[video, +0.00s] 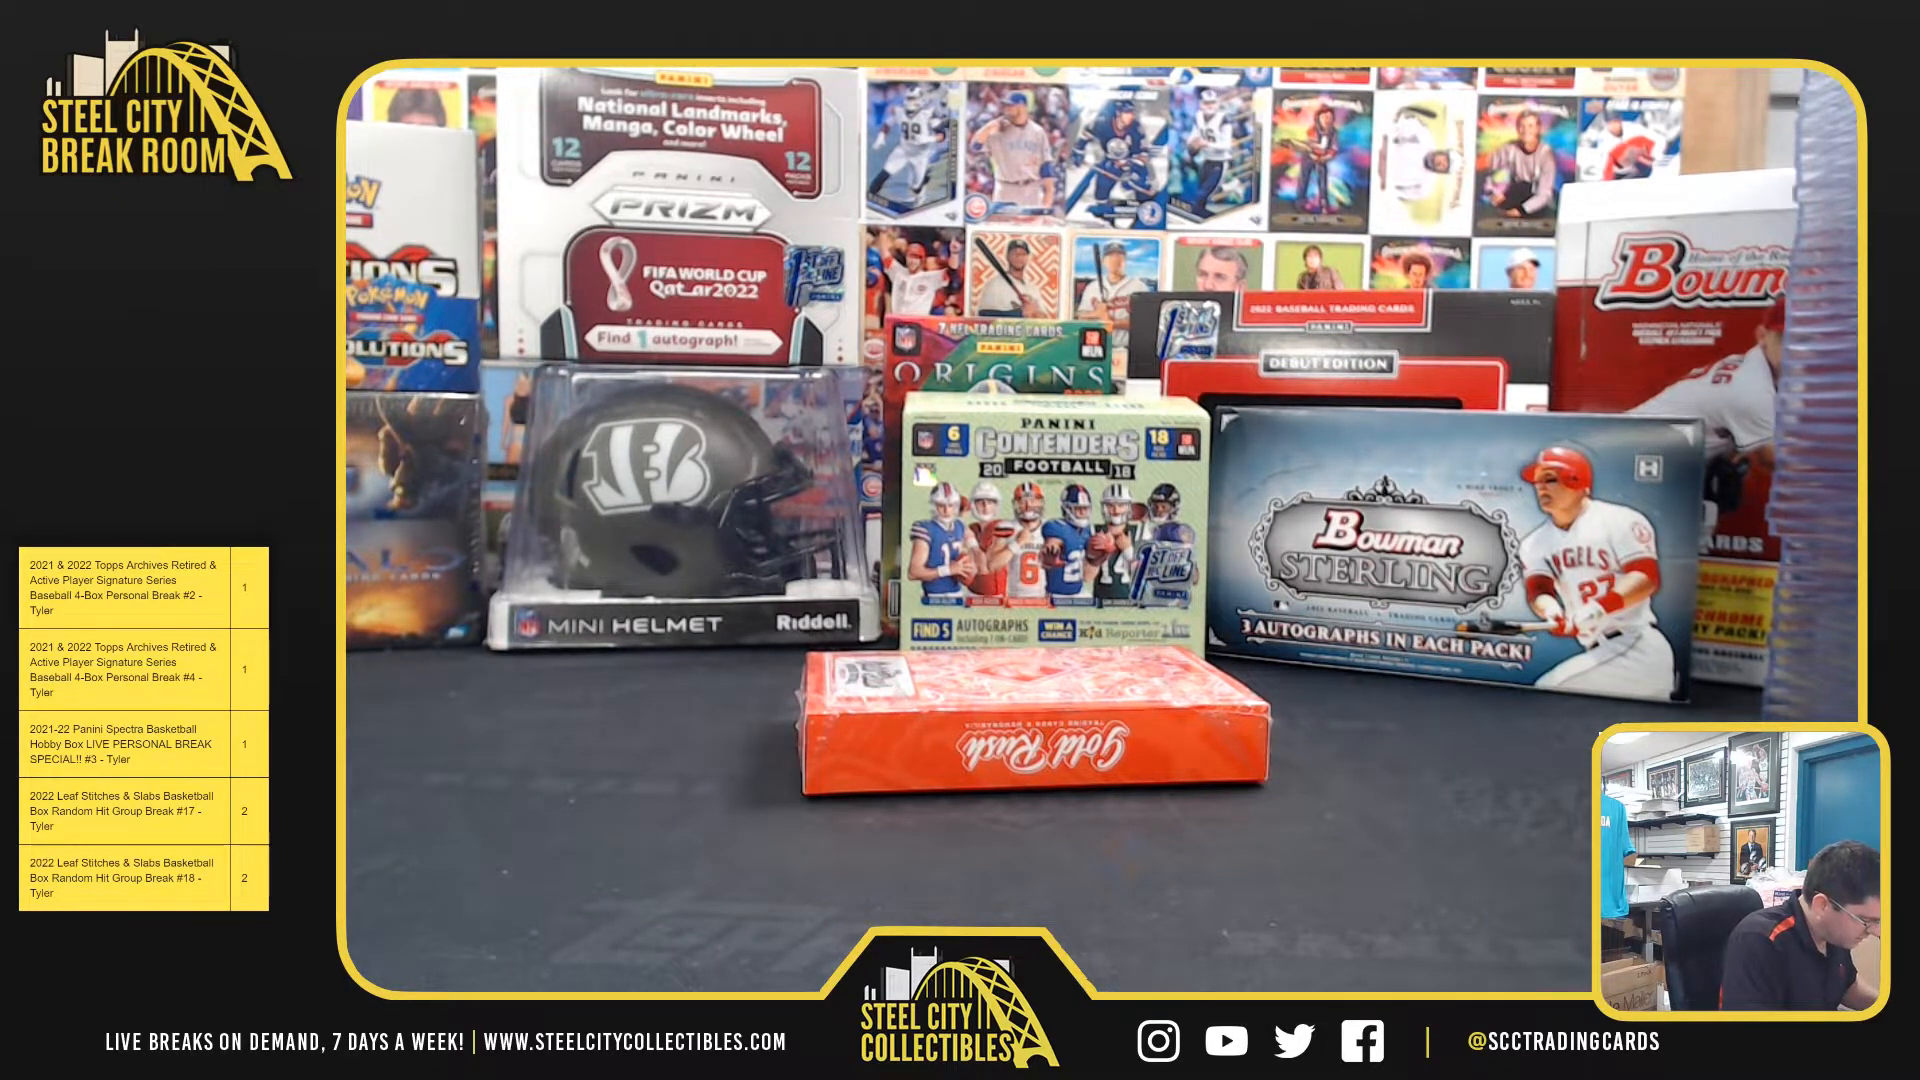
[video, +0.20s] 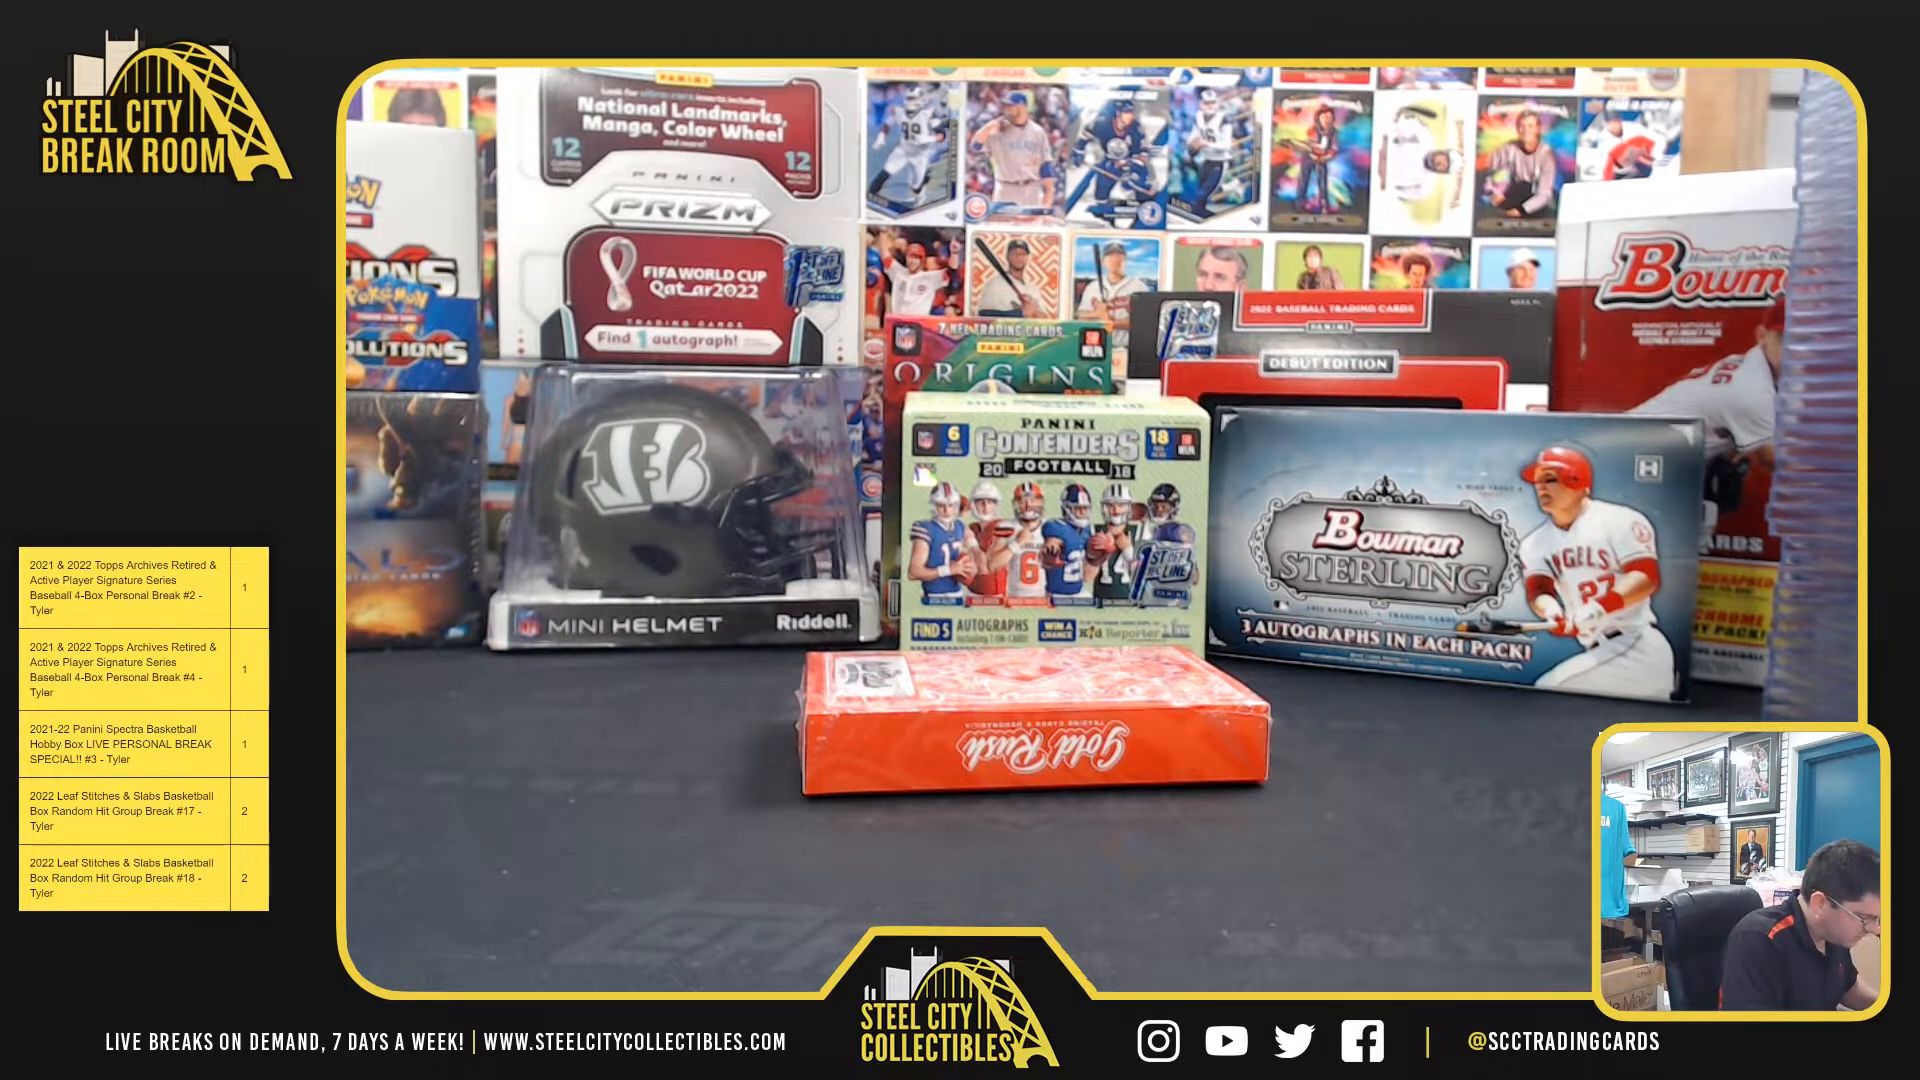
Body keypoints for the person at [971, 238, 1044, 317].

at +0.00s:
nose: (1019, 258)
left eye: (1023, 254)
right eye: (1015, 254)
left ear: (1028, 258)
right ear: (1008, 256)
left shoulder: (1033, 288)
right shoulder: (995, 284)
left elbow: (1044, 317)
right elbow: (985, 314)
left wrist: (1033, 310)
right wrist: (1020, 313)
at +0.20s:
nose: (1019, 258)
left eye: (1023, 254)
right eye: (1015, 254)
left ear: (1028, 258)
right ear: (1008, 256)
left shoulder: (1033, 288)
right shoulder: (995, 284)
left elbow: (1044, 317)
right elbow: (985, 314)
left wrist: (1033, 310)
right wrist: (1020, 313)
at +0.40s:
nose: (1019, 258)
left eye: (1023, 254)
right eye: (1016, 254)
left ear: (1028, 258)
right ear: (1008, 256)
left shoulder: (1032, 289)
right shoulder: (995, 285)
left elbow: (1045, 317)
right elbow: (985, 315)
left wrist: (1034, 311)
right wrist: (1020, 313)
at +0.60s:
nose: (1019, 258)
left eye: (1023, 254)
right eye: (1016, 254)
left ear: (1028, 258)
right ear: (1008, 256)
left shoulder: (1032, 289)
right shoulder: (995, 285)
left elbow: (1045, 317)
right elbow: (985, 315)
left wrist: (1034, 311)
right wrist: (1020, 313)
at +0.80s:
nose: (1019, 258)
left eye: (1023, 254)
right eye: (1016, 254)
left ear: (1028, 258)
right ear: (1008, 256)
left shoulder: (1033, 289)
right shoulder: (995, 285)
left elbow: (1044, 318)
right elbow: (985, 315)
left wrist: (1034, 311)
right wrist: (1020, 313)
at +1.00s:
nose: (1019, 258)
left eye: (1023, 254)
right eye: (1016, 254)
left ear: (1028, 258)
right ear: (1008, 256)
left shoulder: (1032, 289)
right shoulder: (995, 285)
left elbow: (1044, 317)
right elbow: (985, 315)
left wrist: (1034, 311)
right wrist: (1020, 313)